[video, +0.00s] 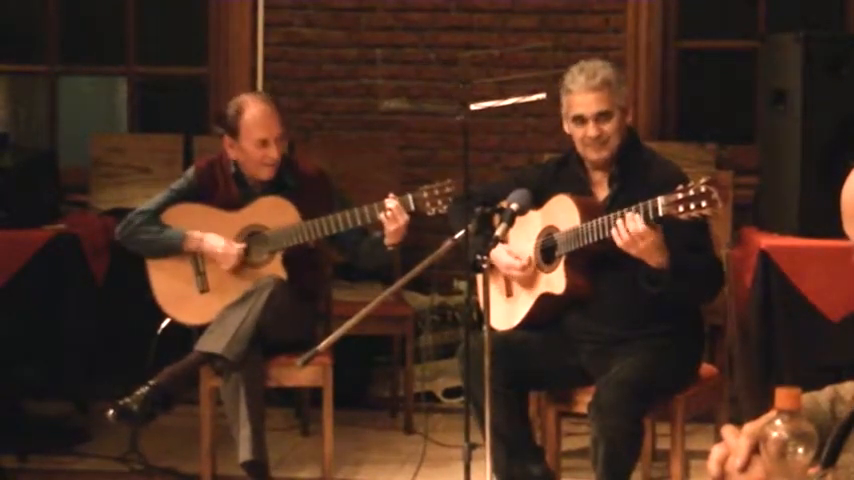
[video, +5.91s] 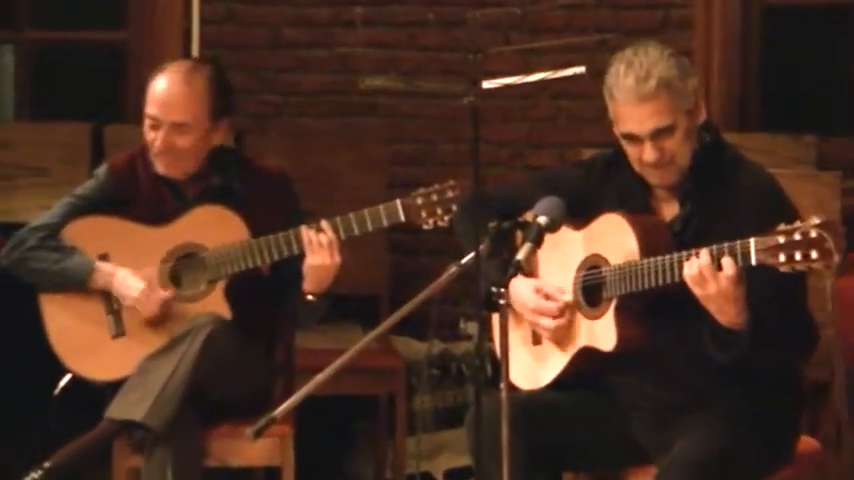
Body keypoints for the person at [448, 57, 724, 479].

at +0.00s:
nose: (593, 131)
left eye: (604, 118)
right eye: (579, 121)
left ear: (626, 115)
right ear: (565, 124)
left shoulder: (664, 182)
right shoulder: (555, 176)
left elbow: (707, 281)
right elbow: (464, 206)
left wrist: (662, 261)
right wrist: (489, 247)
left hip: (653, 341)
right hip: (573, 337)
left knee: (614, 400)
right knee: (487, 354)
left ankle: (611, 474)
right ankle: (523, 471)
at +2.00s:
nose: (584, 143)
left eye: (596, 129)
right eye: (572, 131)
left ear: (625, 119)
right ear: (561, 126)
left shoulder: (665, 183)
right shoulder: (557, 176)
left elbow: (705, 281)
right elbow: (468, 203)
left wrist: (658, 262)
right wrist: (488, 248)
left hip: (654, 342)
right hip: (574, 335)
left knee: (611, 403)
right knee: (485, 353)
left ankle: (613, 474)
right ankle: (523, 471)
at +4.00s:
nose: (548, 141)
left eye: (556, 131)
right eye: (548, 130)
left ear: (595, 131)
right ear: (591, 132)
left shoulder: (667, 186)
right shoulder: (557, 179)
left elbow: (710, 285)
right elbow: (468, 205)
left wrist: (666, 263)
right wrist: (488, 253)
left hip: (657, 346)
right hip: (577, 339)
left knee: (615, 407)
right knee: (486, 358)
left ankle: (618, 475)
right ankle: (524, 473)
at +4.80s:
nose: (598, 160)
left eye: (608, 143)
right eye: (586, 146)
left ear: (645, 121)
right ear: (575, 136)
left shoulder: (702, 187)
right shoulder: (573, 180)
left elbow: (748, 305)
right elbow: (473, 212)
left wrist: (699, 279)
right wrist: (496, 267)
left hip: (688, 370)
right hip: (594, 361)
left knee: (644, 447)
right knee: (491, 384)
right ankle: (523, 474)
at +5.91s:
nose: (650, 154)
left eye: (664, 134)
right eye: (632, 139)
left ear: (697, 113)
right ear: (614, 128)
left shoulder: (752, 196)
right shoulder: (601, 181)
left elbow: (794, 345)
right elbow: (477, 211)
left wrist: (738, 322)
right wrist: (507, 286)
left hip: (728, 403)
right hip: (617, 394)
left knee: (696, 457)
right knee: (499, 420)